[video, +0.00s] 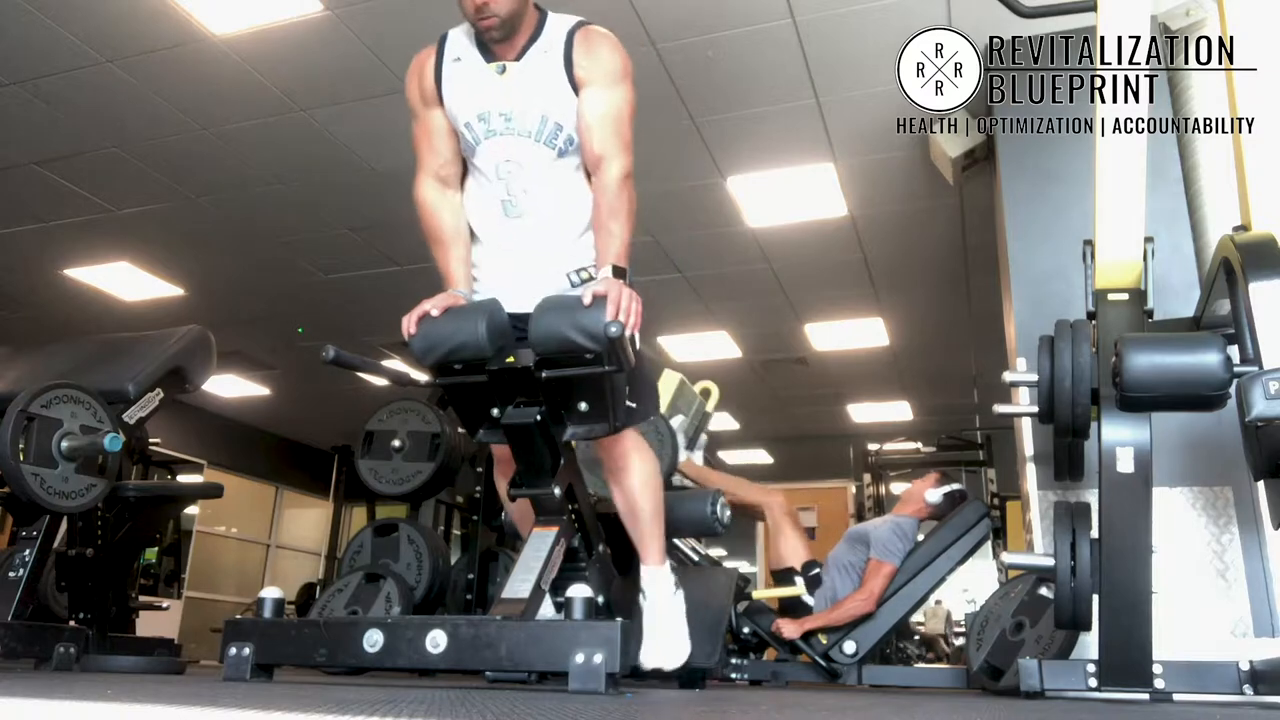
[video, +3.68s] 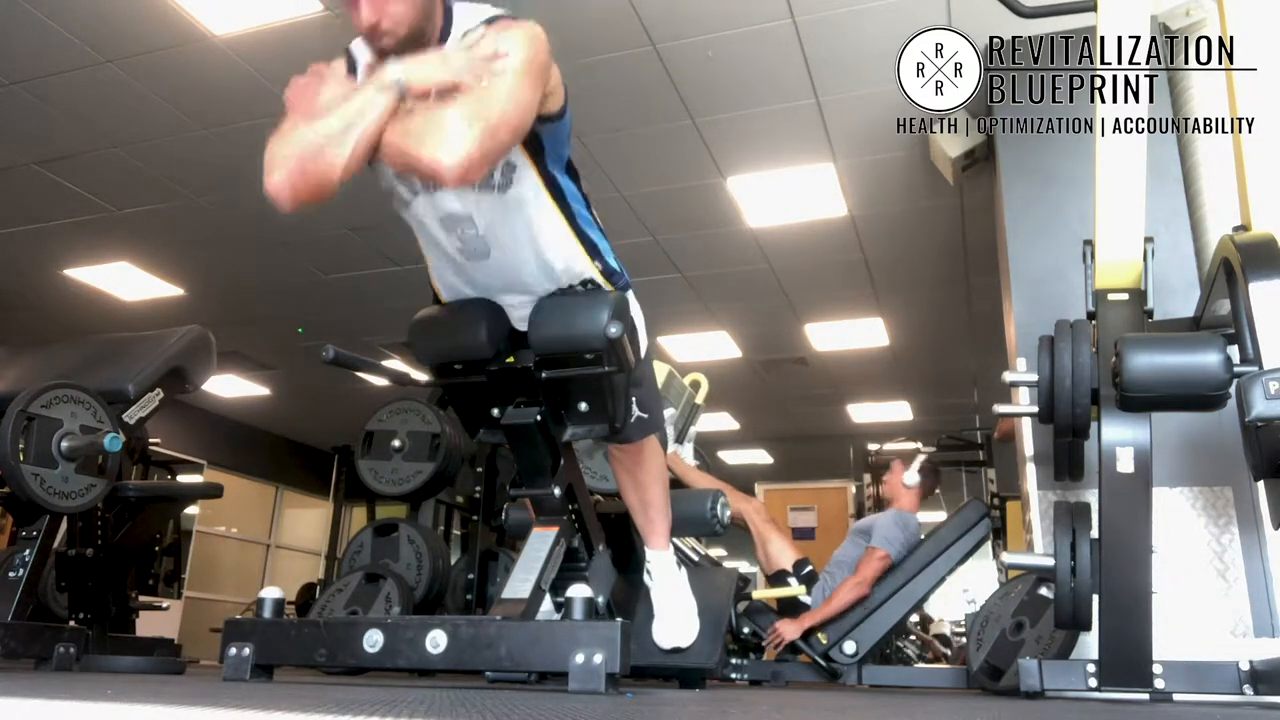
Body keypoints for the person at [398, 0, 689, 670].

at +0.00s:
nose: (480, 5)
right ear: (458, 1)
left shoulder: (591, 50)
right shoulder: (433, 68)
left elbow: (610, 166)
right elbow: (438, 180)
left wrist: (612, 270)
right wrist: (456, 283)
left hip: (582, 281)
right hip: (490, 292)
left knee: (615, 421)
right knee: (501, 439)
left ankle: (657, 583)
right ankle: (543, 551)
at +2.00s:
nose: (447, 5)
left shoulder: (573, 23)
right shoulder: (406, 52)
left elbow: (618, 158)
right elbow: (418, 176)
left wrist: (618, 274)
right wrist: (451, 283)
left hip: (587, 282)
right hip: (489, 296)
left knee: (634, 434)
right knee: (505, 442)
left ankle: (662, 566)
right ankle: (551, 545)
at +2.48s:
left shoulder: (559, 30)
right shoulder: (388, 58)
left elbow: (642, 143)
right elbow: (363, 173)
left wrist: (583, 235)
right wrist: (389, 267)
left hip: (572, 288)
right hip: (472, 297)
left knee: (621, 418)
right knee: (503, 430)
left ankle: (658, 562)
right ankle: (546, 536)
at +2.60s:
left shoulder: (556, 25)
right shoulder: (386, 52)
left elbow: (599, 128)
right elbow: (333, 157)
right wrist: (375, 199)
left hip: (573, 286)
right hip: (471, 295)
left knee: (624, 421)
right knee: (508, 435)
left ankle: (659, 561)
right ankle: (546, 538)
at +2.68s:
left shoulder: (551, 17)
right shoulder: (383, 48)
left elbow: (560, 110)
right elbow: (325, 155)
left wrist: (449, 115)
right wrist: (388, 138)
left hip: (572, 283)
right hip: (471, 299)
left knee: (626, 423)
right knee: (509, 440)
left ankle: (659, 561)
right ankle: (545, 543)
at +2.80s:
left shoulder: (553, 10)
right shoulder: (394, 40)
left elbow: (493, 83)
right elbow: (327, 114)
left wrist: (387, 60)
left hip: (577, 284)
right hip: (476, 302)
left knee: (627, 423)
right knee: (514, 443)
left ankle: (659, 559)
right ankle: (545, 548)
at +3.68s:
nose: (364, 12)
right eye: (353, 2)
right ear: (344, 10)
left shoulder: (513, 41)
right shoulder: (349, 70)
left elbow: (454, 155)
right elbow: (285, 184)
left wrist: (337, 111)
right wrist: (394, 82)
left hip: (575, 291)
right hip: (475, 307)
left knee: (628, 422)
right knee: (519, 443)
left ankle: (660, 563)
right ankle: (553, 541)